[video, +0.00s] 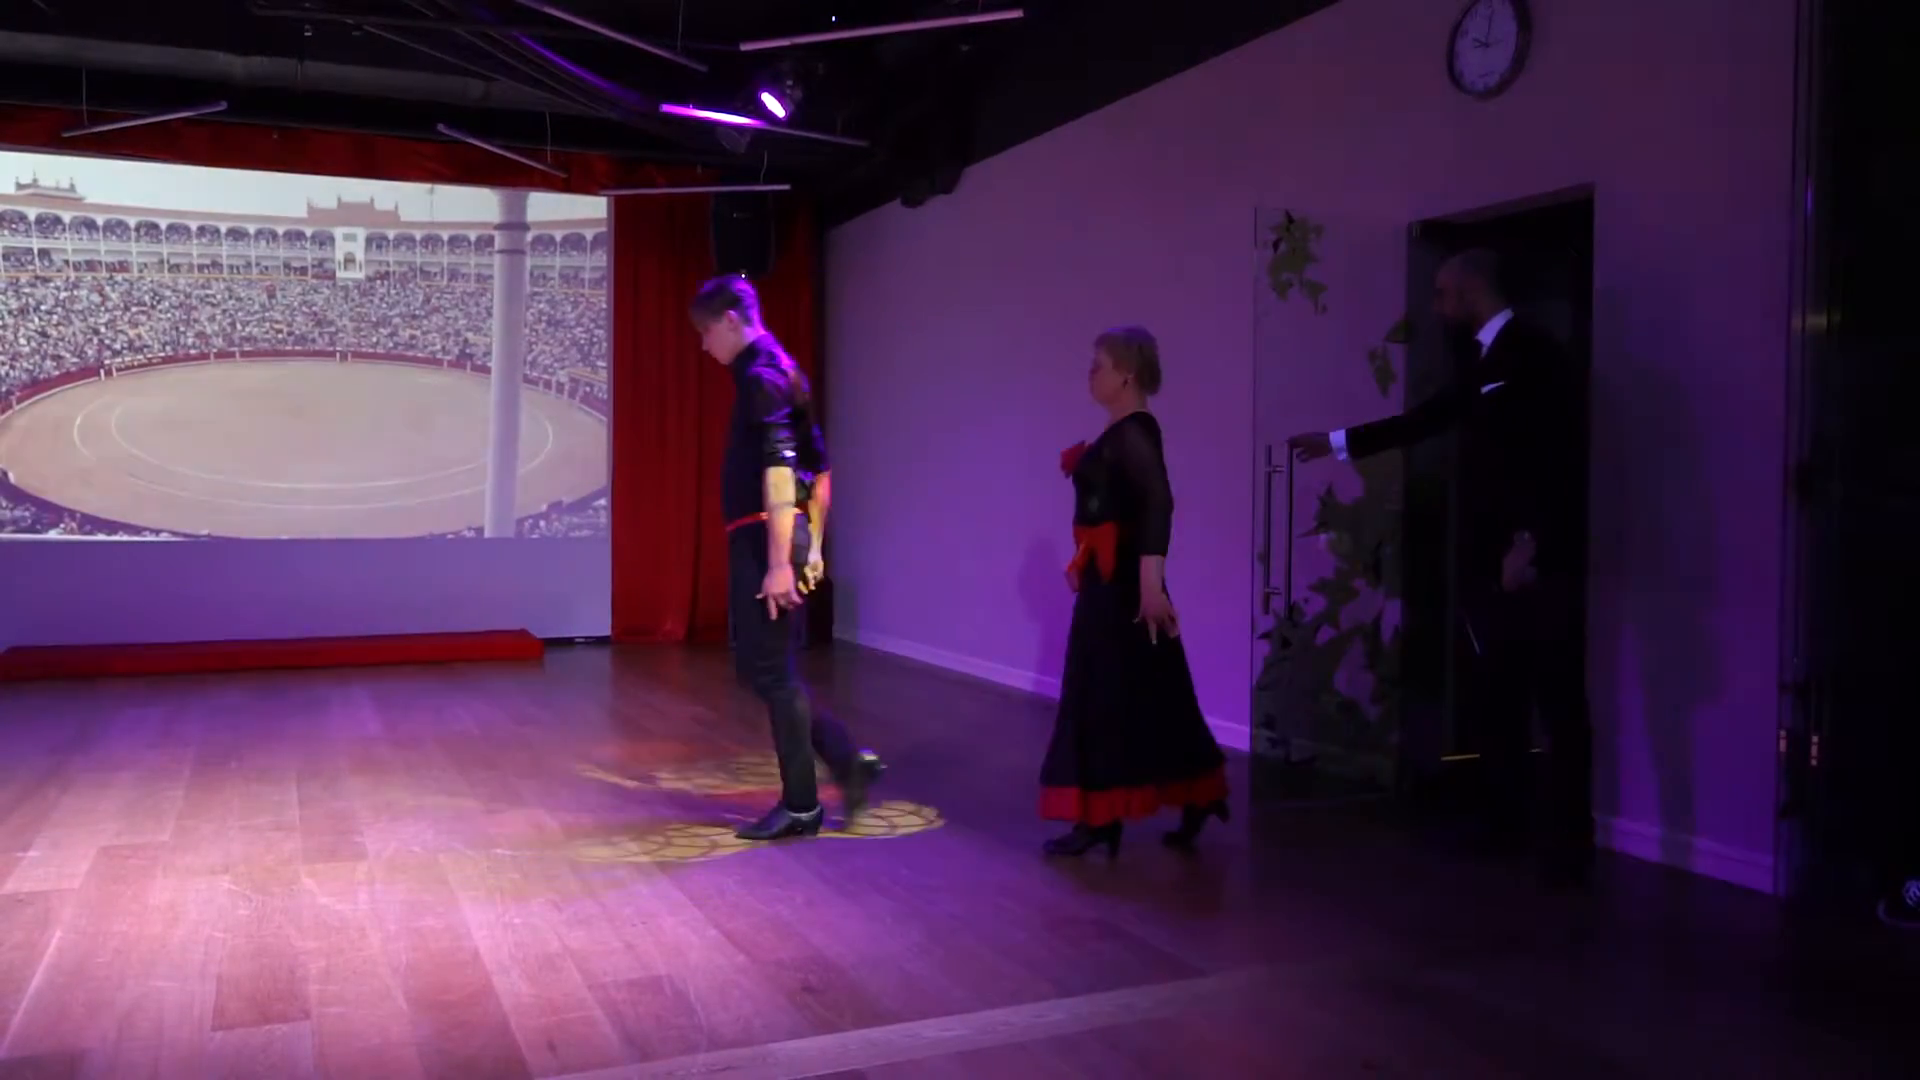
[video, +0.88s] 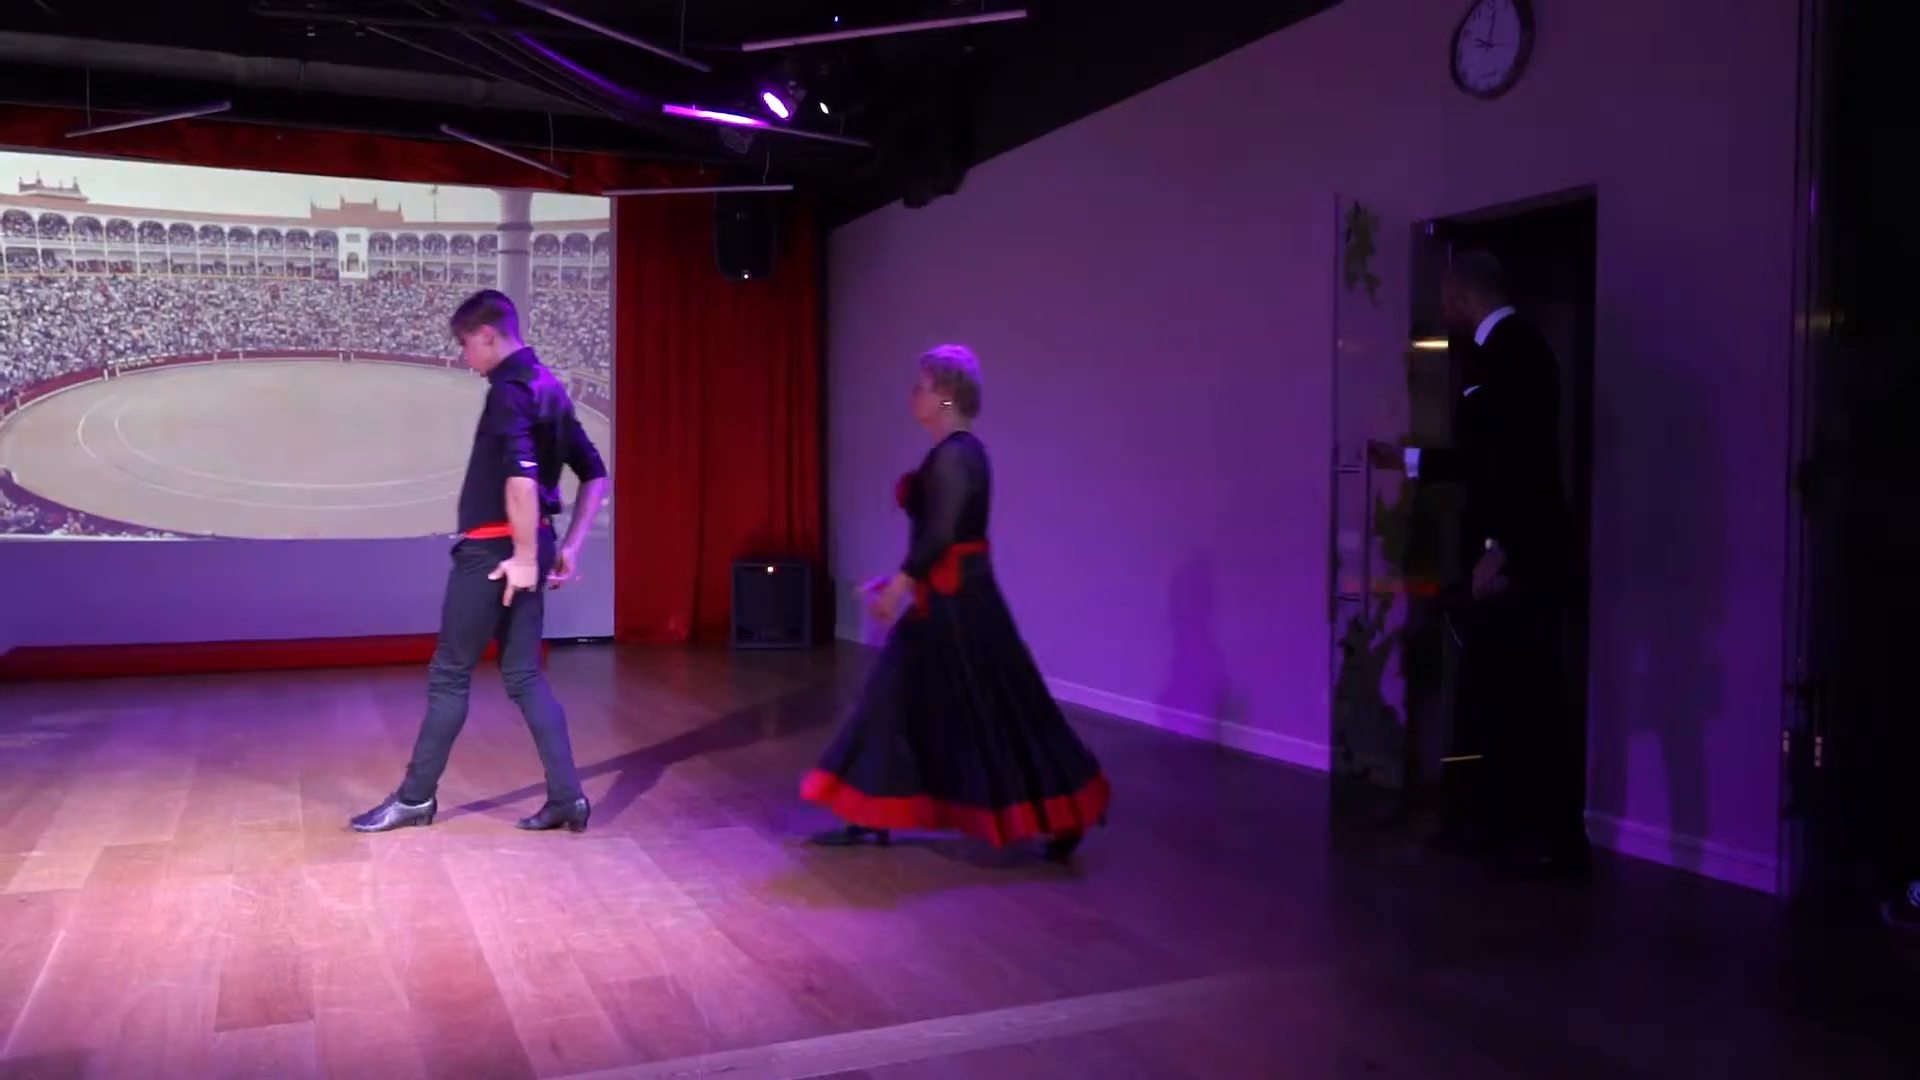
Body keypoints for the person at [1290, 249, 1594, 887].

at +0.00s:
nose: (1440, 304)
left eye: (1445, 291)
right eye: (1439, 293)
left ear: (1475, 288)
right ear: (1468, 291)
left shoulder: (1534, 350)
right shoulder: (1483, 358)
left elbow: (1549, 454)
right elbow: (1424, 422)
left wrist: (1531, 536)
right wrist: (1336, 441)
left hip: (1536, 554)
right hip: (1491, 549)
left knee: (1547, 692)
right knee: (1496, 688)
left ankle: (1560, 836)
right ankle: (1503, 825)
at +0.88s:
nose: (1445, 302)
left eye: (1449, 290)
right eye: (1447, 291)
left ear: (1465, 289)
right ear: (1488, 287)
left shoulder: (1511, 351)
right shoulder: (1491, 349)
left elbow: (1513, 460)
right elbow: (1483, 456)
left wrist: (1498, 546)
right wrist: (1414, 460)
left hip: (1515, 557)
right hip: (1494, 553)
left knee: (1507, 692)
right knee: (1495, 690)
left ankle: (1512, 829)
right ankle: (1496, 824)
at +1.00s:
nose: (1459, 308)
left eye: (1460, 296)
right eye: (1460, 296)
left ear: (1473, 294)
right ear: (1506, 290)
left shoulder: (1511, 356)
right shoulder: (1527, 349)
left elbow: (1507, 463)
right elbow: (1508, 460)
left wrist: (1494, 548)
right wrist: (1444, 465)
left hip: (1521, 554)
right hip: (1530, 546)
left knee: (1511, 693)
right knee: (1521, 691)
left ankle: (1518, 830)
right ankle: (1524, 827)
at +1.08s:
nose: (1481, 310)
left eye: (1483, 299)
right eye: (1483, 298)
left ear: (1494, 299)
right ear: (1532, 290)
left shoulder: (1525, 357)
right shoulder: (1560, 349)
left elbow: (1523, 468)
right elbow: (1534, 463)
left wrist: (1502, 552)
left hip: (1540, 552)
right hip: (1567, 545)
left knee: (1535, 693)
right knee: (1562, 692)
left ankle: (1542, 833)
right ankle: (1570, 833)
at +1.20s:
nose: (1520, 310)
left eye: (1521, 298)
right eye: (1523, 297)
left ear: (1530, 299)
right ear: (1575, 290)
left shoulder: (1549, 361)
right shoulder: (1615, 352)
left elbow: (1546, 475)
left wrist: (1526, 560)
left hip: (1567, 557)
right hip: (1614, 550)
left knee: (1564, 697)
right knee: (1608, 697)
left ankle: (1567, 837)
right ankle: (1613, 838)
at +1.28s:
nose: (1563, 307)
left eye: (1564, 295)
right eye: (1568, 293)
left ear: (1569, 296)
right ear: (1617, 286)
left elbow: (1576, 468)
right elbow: (1657, 464)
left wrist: (1557, 553)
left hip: (1602, 554)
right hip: (1654, 548)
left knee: (1605, 698)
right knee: (1648, 701)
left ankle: (1607, 845)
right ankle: (1653, 846)